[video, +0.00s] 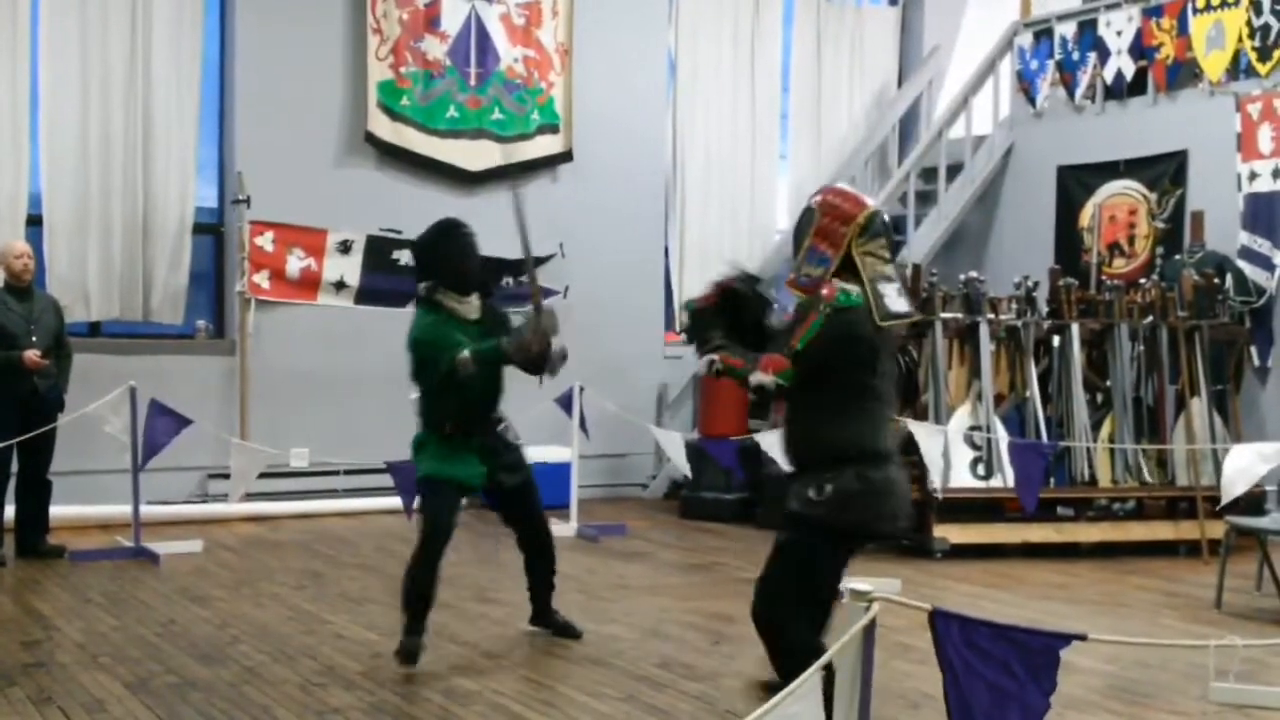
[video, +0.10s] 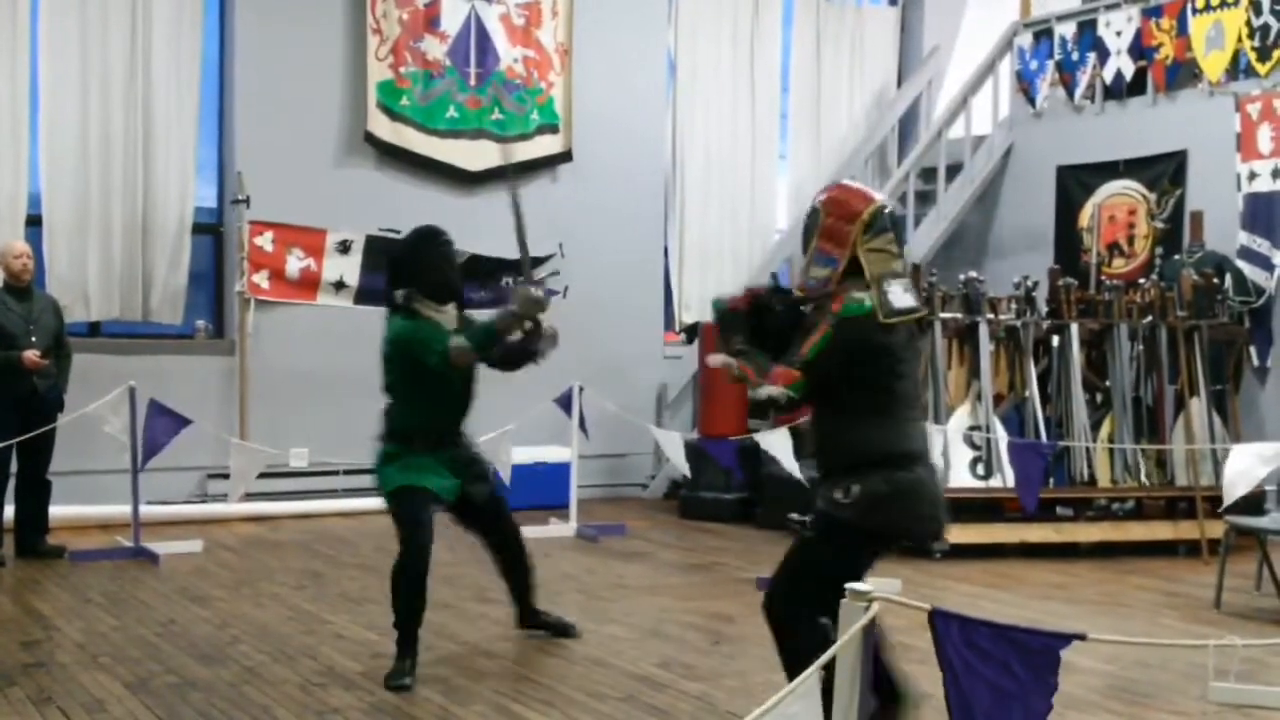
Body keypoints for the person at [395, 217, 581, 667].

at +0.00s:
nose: (476, 264)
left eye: (474, 255)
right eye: (465, 257)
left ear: (471, 260)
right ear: (442, 266)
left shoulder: (487, 314)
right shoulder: (428, 327)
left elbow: (518, 355)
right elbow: (455, 365)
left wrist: (541, 351)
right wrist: (508, 349)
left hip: (491, 437)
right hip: (444, 444)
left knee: (534, 528)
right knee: (435, 535)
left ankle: (542, 610)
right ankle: (413, 631)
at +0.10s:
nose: (454, 271)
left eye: (452, 264)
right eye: (445, 264)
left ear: (445, 273)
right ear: (424, 272)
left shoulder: (463, 324)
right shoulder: (404, 332)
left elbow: (497, 357)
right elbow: (451, 355)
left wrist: (532, 346)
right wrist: (509, 317)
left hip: (453, 453)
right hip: (406, 456)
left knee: (503, 530)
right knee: (416, 544)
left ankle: (527, 612)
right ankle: (406, 652)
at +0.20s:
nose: (431, 271)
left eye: (430, 262)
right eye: (421, 263)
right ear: (396, 271)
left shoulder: (426, 320)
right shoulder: (379, 328)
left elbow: (459, 342)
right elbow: (431, 343)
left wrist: (493, 347)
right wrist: (497, 320)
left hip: (418, 456)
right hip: (376, 458)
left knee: (480, 526)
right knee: (408, 537)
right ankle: (402, 652)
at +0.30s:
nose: (407, 265)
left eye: (404, 256)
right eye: (395, 257)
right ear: (371, 269)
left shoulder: (410, 326)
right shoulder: (351, 322)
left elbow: (439, 394)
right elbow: (386, 345)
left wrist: (453, 379)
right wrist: (435, 352)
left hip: (391, 452)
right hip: (353, 454)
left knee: (431, 540)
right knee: (402, 545)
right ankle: (379, 656)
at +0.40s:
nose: (378, 266)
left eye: (378, 256)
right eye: (368, 257)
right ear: (344, 264)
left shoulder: (383, 327)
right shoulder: (321, 325)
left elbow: (399, 386)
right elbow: (353, 378)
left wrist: (403, 409)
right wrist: (388, 392)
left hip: (363, 453)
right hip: (331, 455)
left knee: (369, 555)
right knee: (376, 550)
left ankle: (273, 600)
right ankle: (374, 663)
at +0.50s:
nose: (352, 255)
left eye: (352, 245)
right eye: (344, 245)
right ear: (323, 250)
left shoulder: (354, 315)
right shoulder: (288, 315)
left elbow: (370, 373)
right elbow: (305, 386)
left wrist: (368, 416)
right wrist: (344, 427)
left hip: (332, 449)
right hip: (296, 450)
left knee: (314, 554)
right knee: (327, 552)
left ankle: (239, 618)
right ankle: (360, 649)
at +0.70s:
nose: (311, 247)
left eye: (310, 236)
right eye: (302, 236)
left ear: (273, 244)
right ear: (279, 243)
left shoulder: (297, 309)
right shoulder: (235, 306)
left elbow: (310, 378)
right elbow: (237, 386)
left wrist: (310, 430)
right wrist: (284, 435)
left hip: (265, 444)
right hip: (221, 439)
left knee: (262, 540)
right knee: (231, 531)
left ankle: (224, 636)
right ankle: (171, 620)